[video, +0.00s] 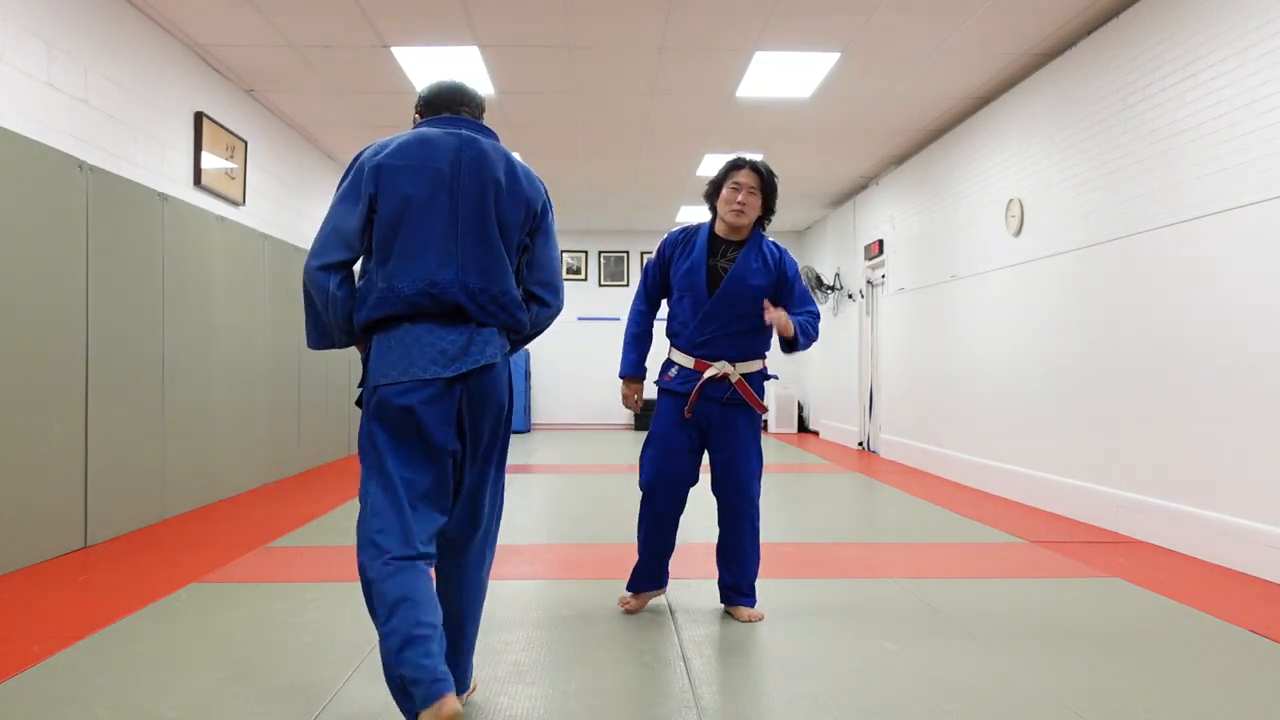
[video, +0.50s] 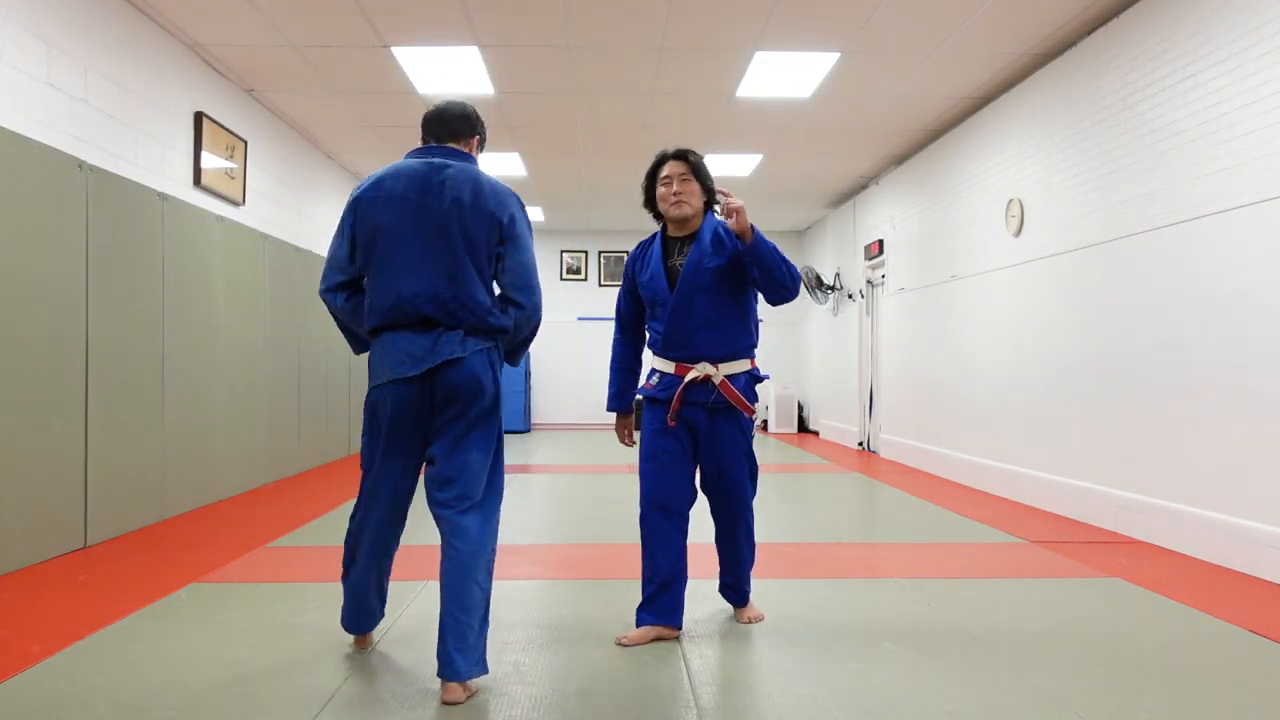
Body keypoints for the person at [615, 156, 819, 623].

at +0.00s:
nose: (740, 197)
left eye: (752, 192)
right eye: (734, 187)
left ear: (764, 206)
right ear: (715, 194)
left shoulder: (776, 260)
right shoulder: (679, 243)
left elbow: (809, 322)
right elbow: (644, 304)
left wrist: (790, 326)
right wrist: (631, 369)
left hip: (740, 389)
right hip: (679, 383)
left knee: (740, 497)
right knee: (659, 484)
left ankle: (739, 595)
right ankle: (649, 579)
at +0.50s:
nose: (675, 187)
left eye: (685, 179)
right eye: (665, 182)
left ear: (706, 190)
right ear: (653, 197)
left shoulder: (733, 240)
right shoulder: (643, 257)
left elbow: (786, 289)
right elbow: (628, 334)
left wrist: (748, 235)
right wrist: (623, 403)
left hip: (728, 389)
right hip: (665, 392)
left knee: (733, 501)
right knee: (660, 506)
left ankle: (739, 593)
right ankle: (661, 618)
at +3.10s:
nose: (717, 142)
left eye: (730, 131)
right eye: (704, 133)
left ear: (753, 146)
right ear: (687, 149)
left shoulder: (783, 213)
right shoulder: (662, 228)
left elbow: (856, 269)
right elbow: (635, 323)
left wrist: (802, 197)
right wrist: (626, 409)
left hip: (769, 401)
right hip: (689, 402)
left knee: (768, 547)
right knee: (690, 552)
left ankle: (762, 656)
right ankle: (691, 697)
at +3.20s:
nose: (704, 137)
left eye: (717, 124)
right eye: (690, 127)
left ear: (740, 139)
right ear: (673, 145)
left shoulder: (772, 208)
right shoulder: (650, 224)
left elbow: (846, 267)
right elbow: (625, 322)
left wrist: (790, 194)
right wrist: (617, 410)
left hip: (760, 400)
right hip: (678, 402)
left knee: (763, 546)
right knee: (680, 556)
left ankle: (760, 655)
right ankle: (690, 702)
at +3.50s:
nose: (656, 129)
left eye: (668, 115)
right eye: (639, 121)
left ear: (693, 126)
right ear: (622, 142)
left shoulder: (740, 189)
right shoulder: (608, 219)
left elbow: (811, 256)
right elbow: (590, 319)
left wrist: (763, 213)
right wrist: (585, 412)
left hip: (743, 395)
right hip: (658, 401)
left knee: (758, 541)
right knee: (666, 566)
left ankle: (767, 648)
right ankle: (678, 708)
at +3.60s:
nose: (645, 129)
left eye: (657, 114)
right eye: (628, 120)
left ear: (684, 124)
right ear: (612, 142)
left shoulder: (732, 188)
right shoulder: (599, 218)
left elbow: (805, 257)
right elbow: (583, 318)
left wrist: (755, 215)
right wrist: (580, 414)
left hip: (741, 391)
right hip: (654, 399)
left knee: (762, 537)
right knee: (665, 565)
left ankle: (775, 639)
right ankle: (679, 708)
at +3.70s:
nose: (639, 127)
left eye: (652, 112)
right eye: (622, 118)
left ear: (678, 122)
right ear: (607, 139)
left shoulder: (726, 187)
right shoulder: (594, 218)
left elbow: (801, 259)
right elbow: (580, 319)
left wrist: (746, 217)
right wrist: (580, 417)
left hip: (741, 390)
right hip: (653, 398)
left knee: (765, 537)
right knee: (665, 565)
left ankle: (779, 640)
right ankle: (679, 709)